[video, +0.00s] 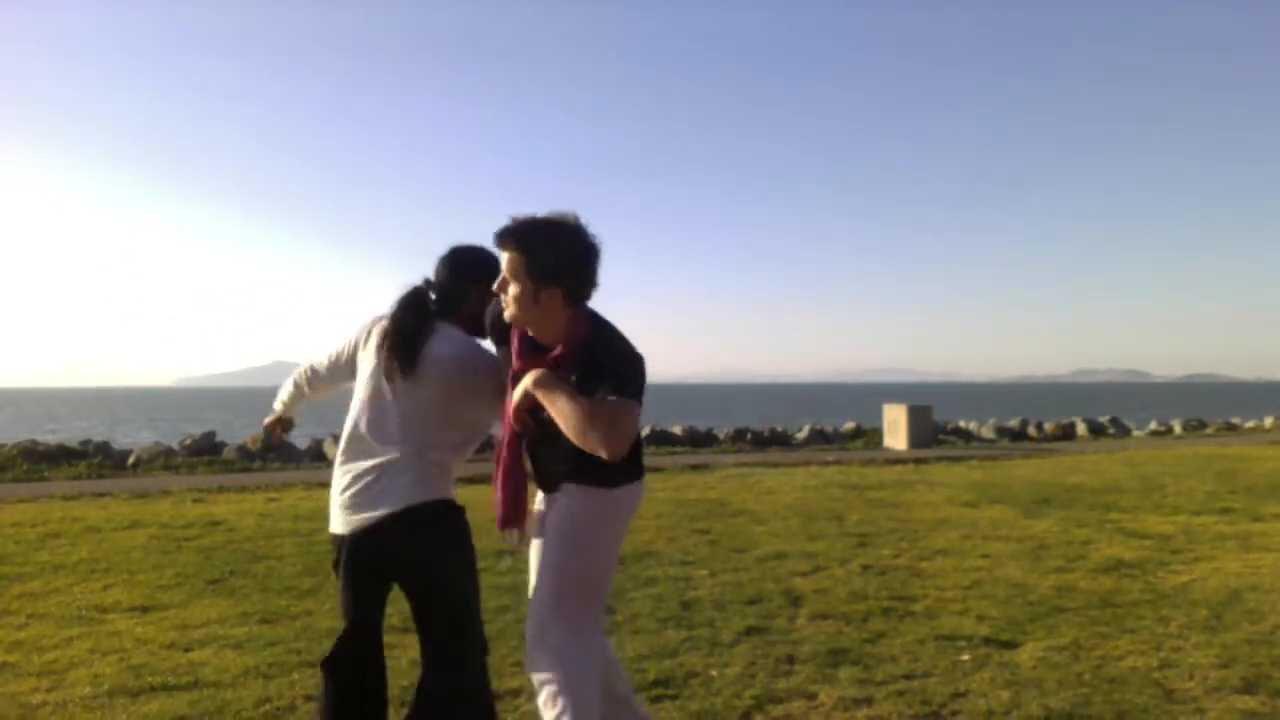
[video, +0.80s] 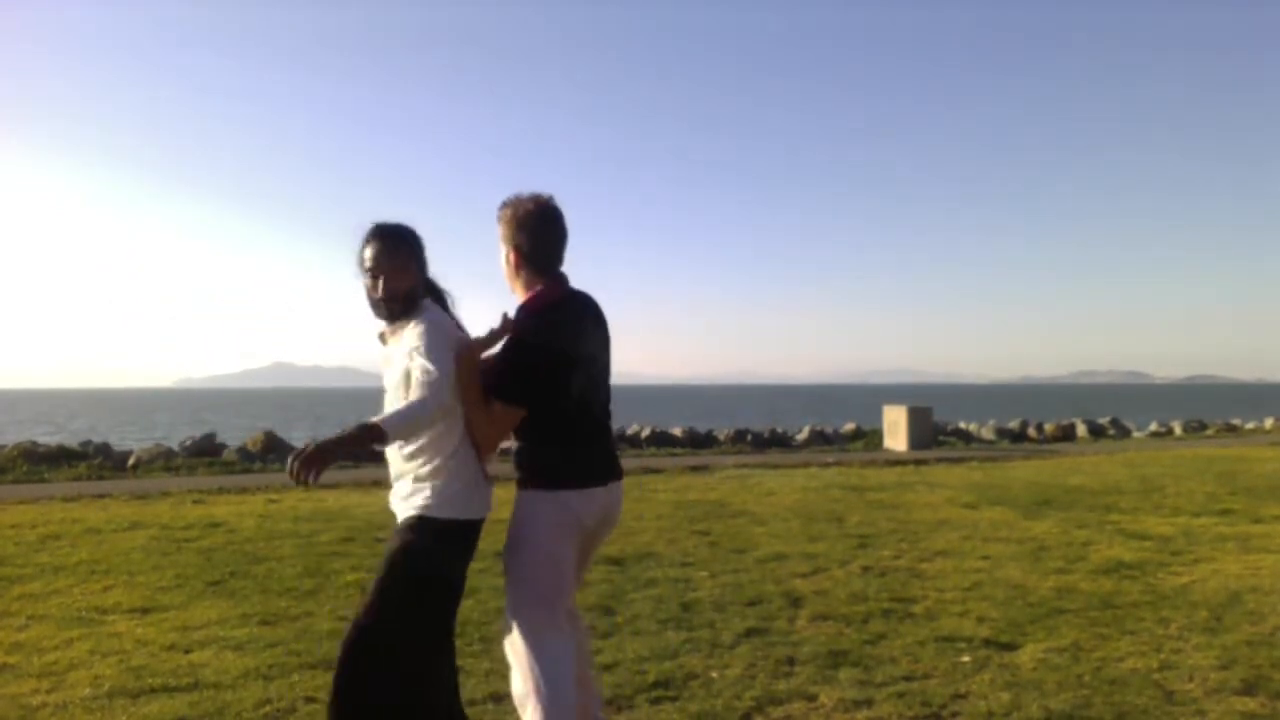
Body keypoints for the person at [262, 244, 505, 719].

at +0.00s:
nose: (501, 304)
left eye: (502, 294)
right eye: (497, 293)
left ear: (438, 288)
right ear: (478, 296)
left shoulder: (381, 331)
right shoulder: (478, 362)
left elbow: (314, 375)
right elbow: (523, 424)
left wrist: (280, 412)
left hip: (355, 517)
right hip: (427, 515)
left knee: (357, 644)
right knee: (455, 651)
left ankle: (348, 714)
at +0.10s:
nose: (492, 309)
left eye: (493, 297)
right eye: (489, 297)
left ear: (435, 289)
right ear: (474, 297)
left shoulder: (376, 335)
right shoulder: (483, 358)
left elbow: (298, 376)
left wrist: (246, 416)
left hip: (349, 523)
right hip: (428, 522)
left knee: (334, 667)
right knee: (454, 664)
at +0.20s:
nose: (477, 302)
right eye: (475, 294)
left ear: (422, 289)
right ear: (470, 297)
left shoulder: (378, 337)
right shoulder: (482, 353)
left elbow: (292, 378)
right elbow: (512, 430)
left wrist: (217, 420)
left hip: (352, 525)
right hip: (434, 524)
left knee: (321, 672)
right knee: (452, 652)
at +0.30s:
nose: (392, 303)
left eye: (394, 295)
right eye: (392, 297)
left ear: (405, 293)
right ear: (456, 293)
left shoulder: (381, 336)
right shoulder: (479, 347)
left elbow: (294, 381)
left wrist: (209, 426)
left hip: (364, 515)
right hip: (444, 516)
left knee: (326, 660)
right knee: (445, 643)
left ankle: (318, 710)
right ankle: (442, 715)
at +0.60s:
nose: (360, 285)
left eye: (368, 272)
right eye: (358, 274)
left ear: (405, 269)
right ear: (409, 275)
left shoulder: (408, 323)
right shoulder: (456, 322)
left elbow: (357, 390)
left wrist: (254, 443)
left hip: (409, 513)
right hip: (453, 511)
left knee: (339, 654)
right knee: (423, 656)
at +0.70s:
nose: (370, 284)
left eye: (379, 271)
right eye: (363, 274)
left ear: (412, 267)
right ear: (359, 277)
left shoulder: (421, 321)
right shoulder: (442, 321)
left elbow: (400, 392)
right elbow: (493, 406)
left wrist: (306, 436)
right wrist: (508, 485)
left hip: (426, 515)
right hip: (447, 514)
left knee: (348, 654)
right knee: (425, 653)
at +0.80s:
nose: (383, 286)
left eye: (394, 272)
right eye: (372, 275)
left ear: (421, 272)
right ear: (363, 279)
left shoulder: (429, 327)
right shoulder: (401, 334)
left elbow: (432, 404)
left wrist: (343, 444)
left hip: (444, 510)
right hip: (423, 508)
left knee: (367, 654)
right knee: (426, 654)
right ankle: (442, 719)